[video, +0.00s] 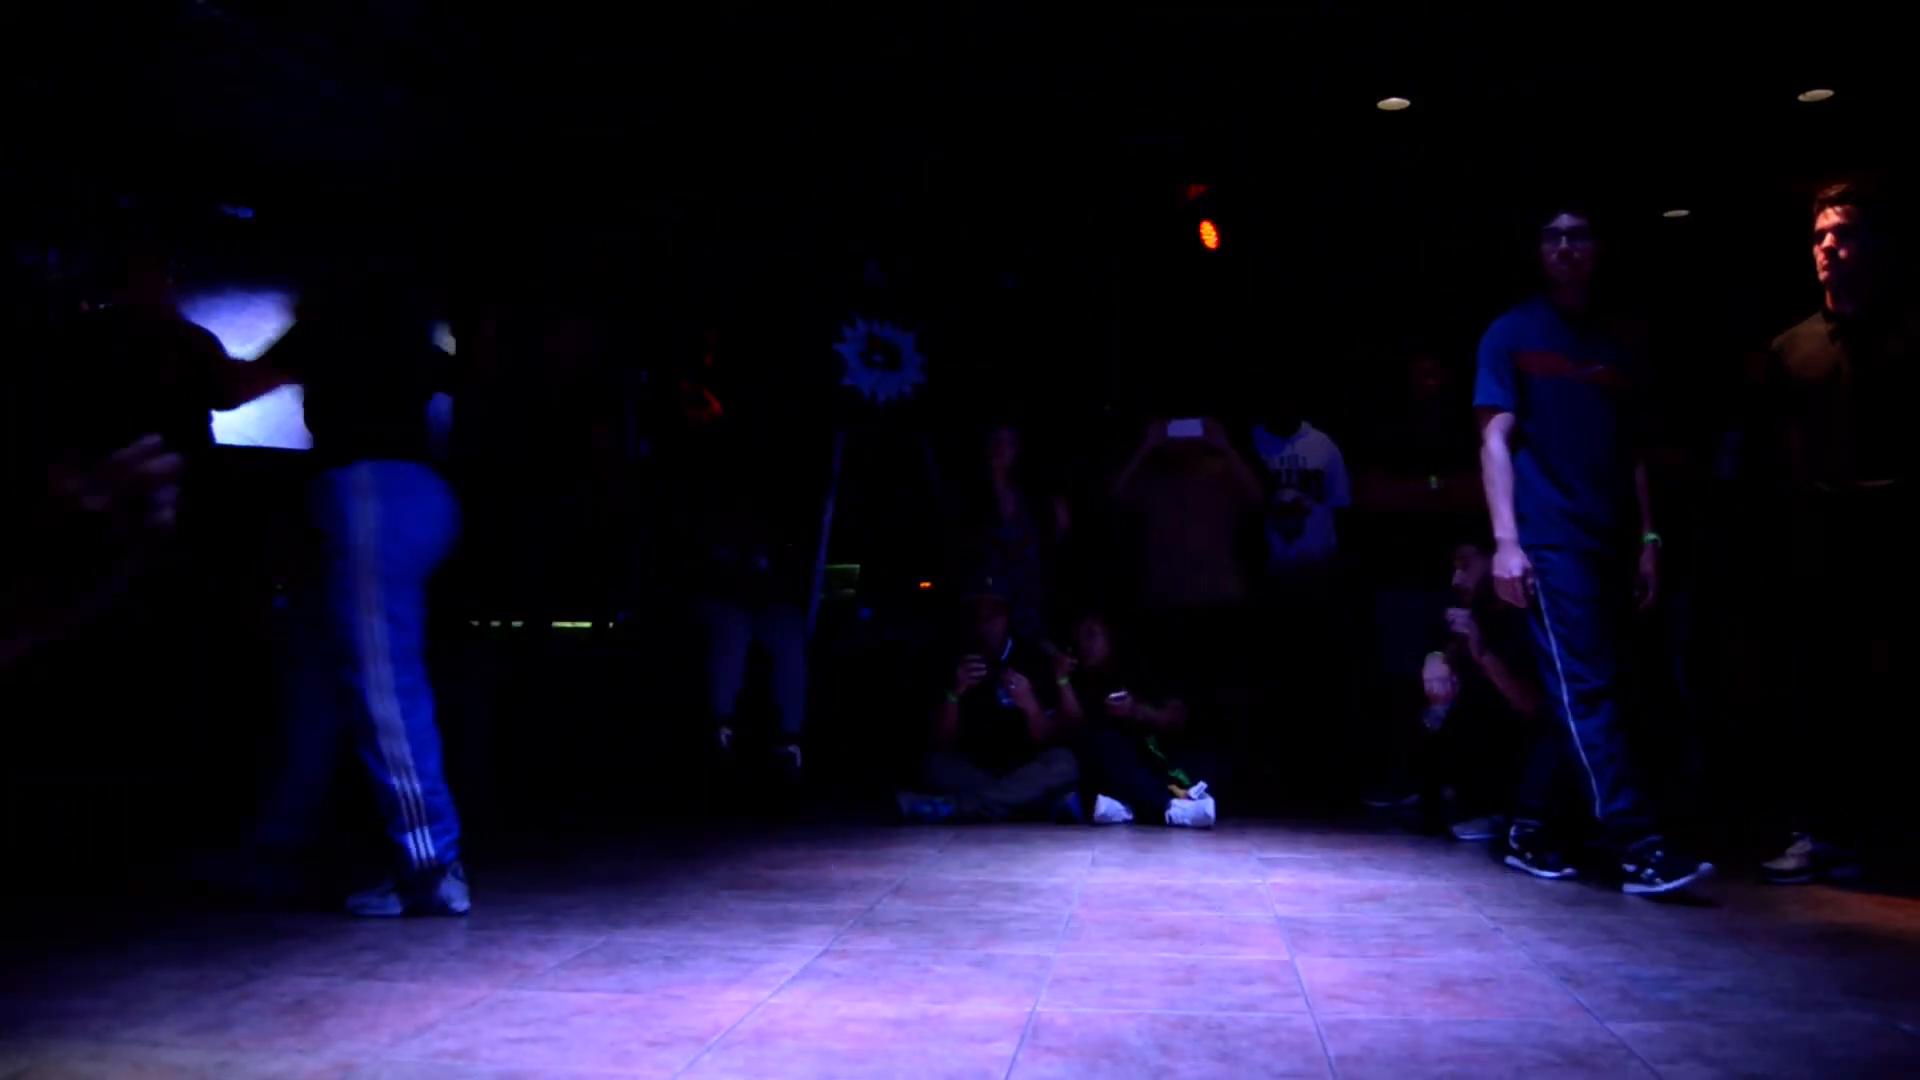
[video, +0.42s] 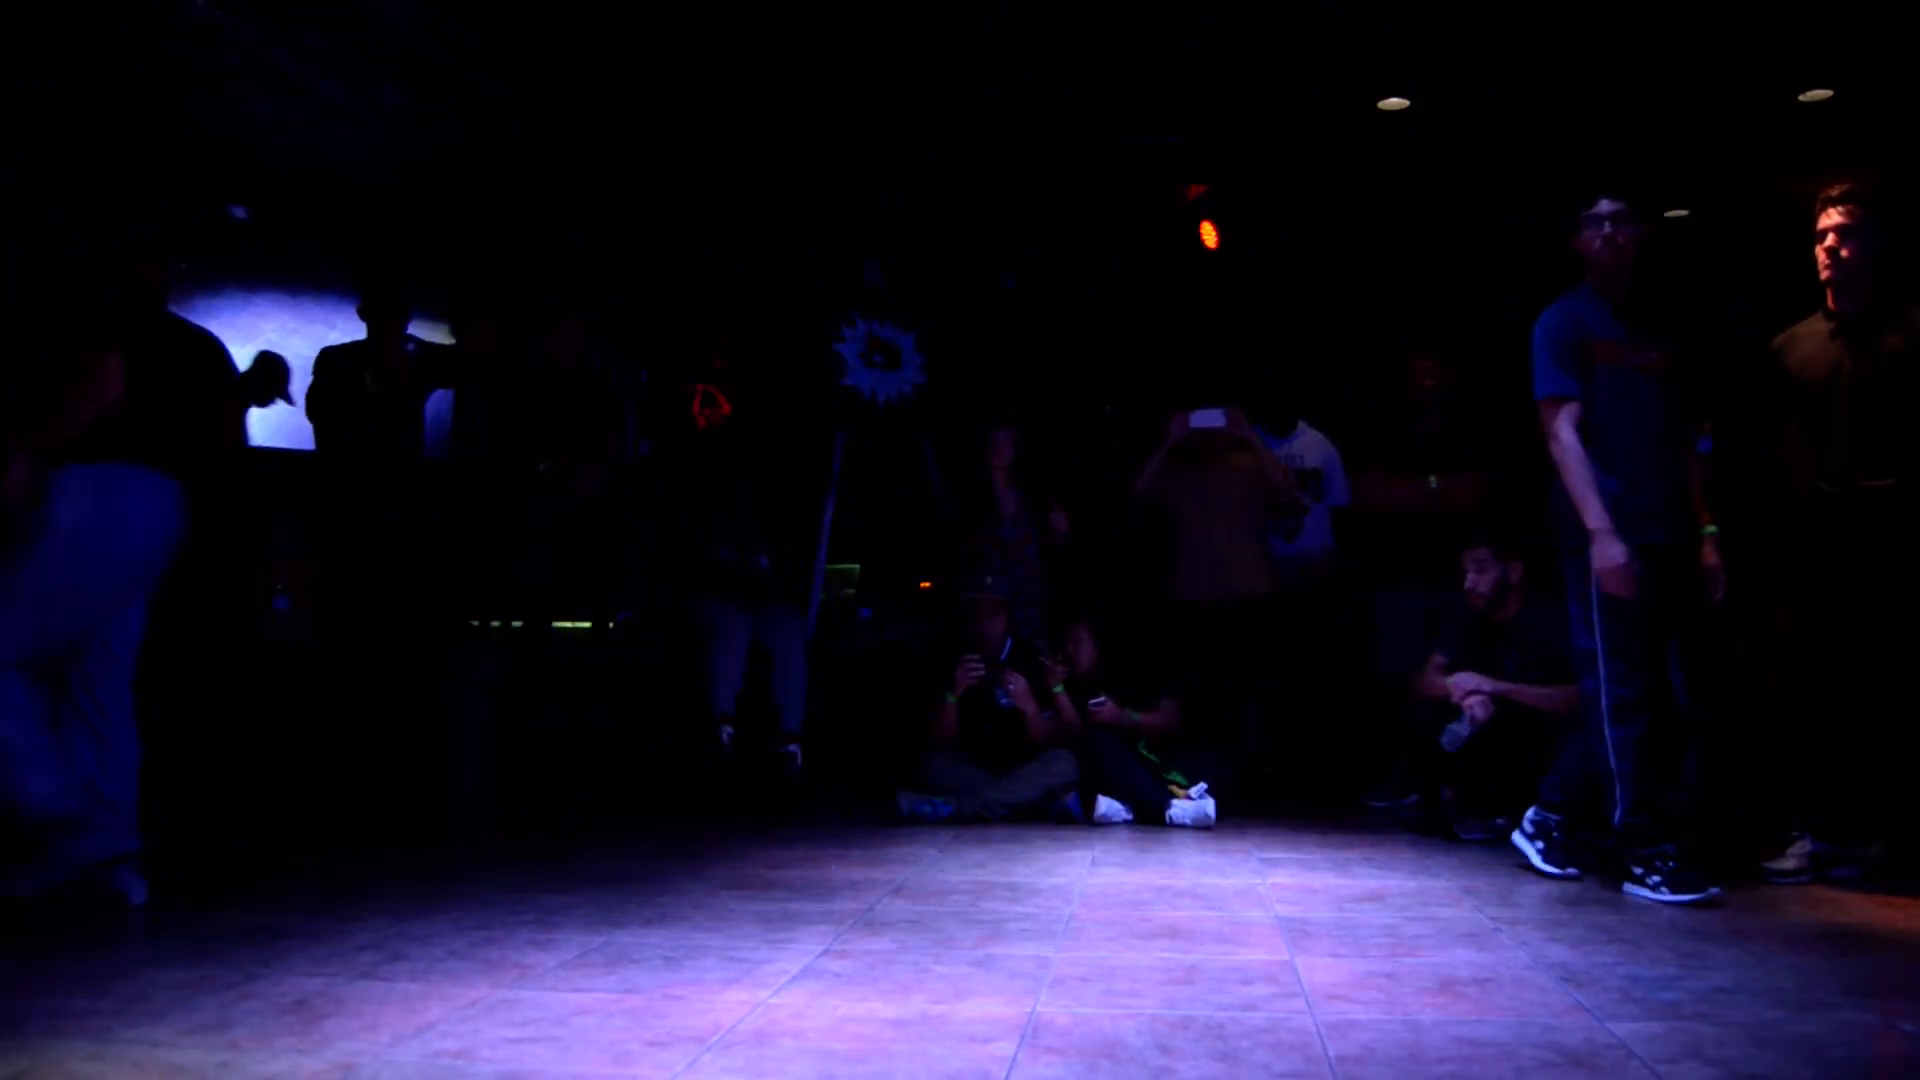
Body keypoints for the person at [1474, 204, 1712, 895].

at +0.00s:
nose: (1566, 250)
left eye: (1579, 238)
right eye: (1555, 239)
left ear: (1598, 249)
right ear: (1539, 251)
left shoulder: (1618, 335)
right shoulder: (1512, 334)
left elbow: (1635, 447)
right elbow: (1495, 441)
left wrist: (1647, 535)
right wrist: (1505, 542)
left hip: (1609, 532)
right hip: (1547, 534)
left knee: (1585, 685)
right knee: (1587, 685)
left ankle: (1532, 829)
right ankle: (1636, 849)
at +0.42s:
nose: (1614, 238)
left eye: (1624, 225)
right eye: (1600, 227)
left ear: (1642, 237)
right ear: (1579, 241)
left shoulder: (1657, 318)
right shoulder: (1564, 323)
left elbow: (1685, 440)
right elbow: (1562, 434)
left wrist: (1705, 530)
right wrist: (1603, 535)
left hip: (1663, 527)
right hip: (1606, 530)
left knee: (1636, 687)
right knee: (1624, 692)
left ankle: (1551, 817)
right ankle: (1646, 851)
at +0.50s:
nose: (1621, 233)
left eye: (1632, 221)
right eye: (1606, 223)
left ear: (1651, 235)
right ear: (1586, 238)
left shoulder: (1664, 318)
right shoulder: (1575, 319)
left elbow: (1689, 442)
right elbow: (1575, 431)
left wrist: (1716, 529)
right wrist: (1622, 531)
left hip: (1668, 527)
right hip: (1610, 531)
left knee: (1656, 685)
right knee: (1631, 692)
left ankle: (1568, 810)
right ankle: (1648, 855)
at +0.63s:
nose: (1640, 229)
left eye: (1651, 218)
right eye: (1625, 218)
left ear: (1667, 231)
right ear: (1602, 234)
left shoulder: (1672, 314)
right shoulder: (1589, 316)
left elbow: (1696, 437)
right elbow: (1590, 427)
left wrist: (1730, 525)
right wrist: (1643, 527)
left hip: (1678, 526)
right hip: (1620, 532)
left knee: (1682, 680)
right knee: (1635, 688)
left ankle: (1609, 802)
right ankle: (1648, 854)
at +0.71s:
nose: (1650, 229)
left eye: (1661, 217)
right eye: (1634, 217)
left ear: (1677, 229)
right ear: (1611, 232)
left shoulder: (1684, 312)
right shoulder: (1597, 315)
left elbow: (1704, 437)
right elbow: (1599, 426)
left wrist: (1737, 524)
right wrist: (1651, 526)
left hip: (1689, 527)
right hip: (1627, 532)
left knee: (1701, 686)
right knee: (1643, 690)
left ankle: (1702, 847)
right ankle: (1647, 855)